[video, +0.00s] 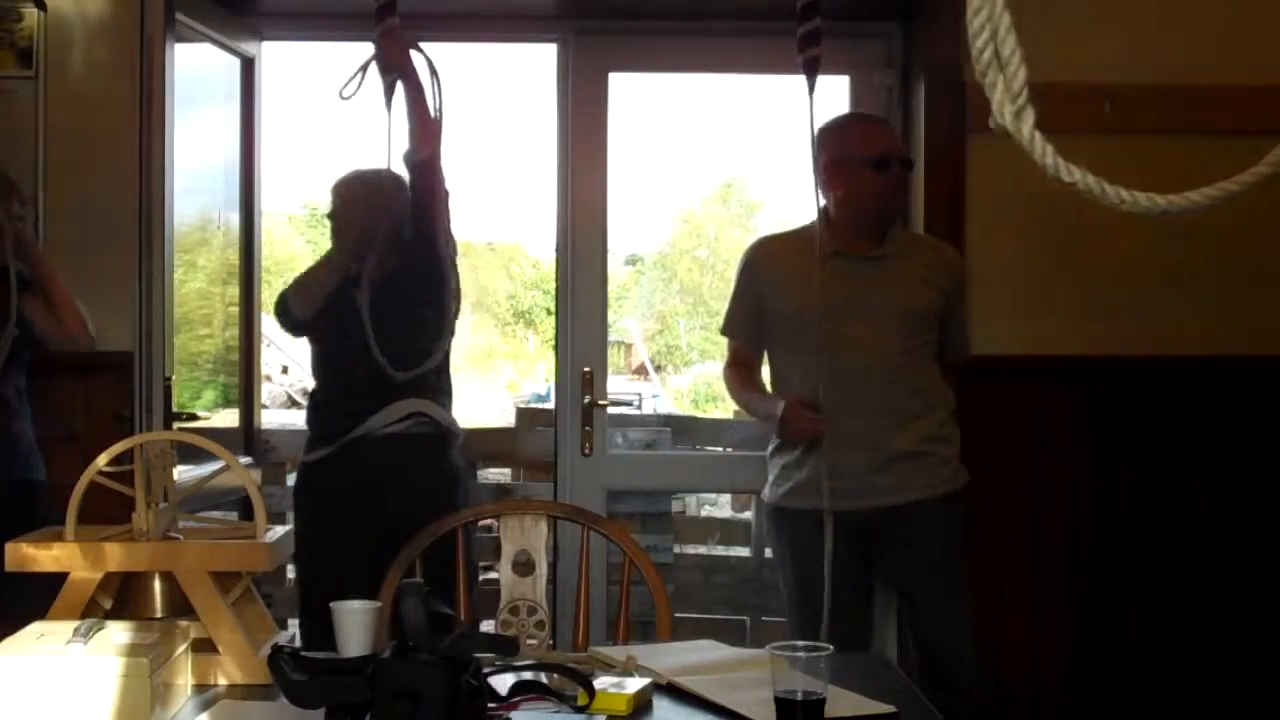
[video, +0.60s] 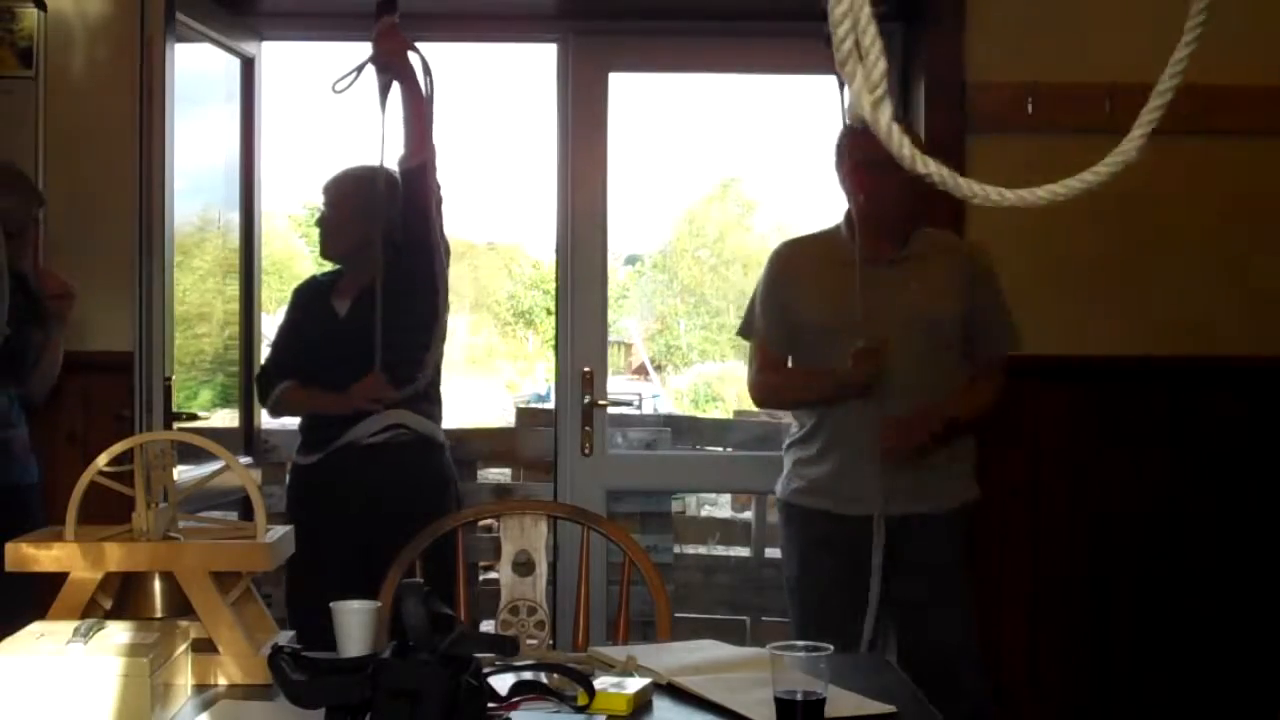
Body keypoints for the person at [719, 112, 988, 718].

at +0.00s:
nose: (900, 179)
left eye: (903, 167)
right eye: (882, 166)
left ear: (907, 173)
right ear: (829, 177)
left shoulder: (938, 264)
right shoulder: (769, 261)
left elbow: (956, 373)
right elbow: (739, 371)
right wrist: (773, 411)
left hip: (921, 496)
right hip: (811, 502)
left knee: (946, 669)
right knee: (829, 668)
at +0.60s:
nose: (872, 182)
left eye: (886, 167)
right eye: (861, 167)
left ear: (915, 177)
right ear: (842, 176)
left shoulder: (960, 265)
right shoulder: (794, 263)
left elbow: (993, 376)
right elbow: (764, 385)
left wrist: (936, 419)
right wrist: (837, 381)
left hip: (932, 507)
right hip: (824, 506)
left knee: (940, 673)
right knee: (826, 670)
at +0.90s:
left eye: (934, 166)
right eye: (912, 165)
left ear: (975, 181)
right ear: (900, 174)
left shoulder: (1010, 276)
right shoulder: (856, 246)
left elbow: (1023, 402)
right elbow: (765, 340)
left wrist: (950, 471)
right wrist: (807, 294)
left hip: (957, 510)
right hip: (851, 499)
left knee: (952, 676)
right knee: (846, 667)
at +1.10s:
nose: (981, 192)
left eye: (993, 179)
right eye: (967, 177)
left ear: (1006, 187)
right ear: (934, 181)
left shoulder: (1030, 286)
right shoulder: (878, 241)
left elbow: (1046, 416)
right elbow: (773, 292)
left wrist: (1014, 518)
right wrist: (751, 244)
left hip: (967, 528)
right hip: (865, 509)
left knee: (964, 691)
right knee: (856, 679)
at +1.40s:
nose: (951, 166)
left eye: (966, 154)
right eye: (935, 153)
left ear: (986, 171)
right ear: (908, 169)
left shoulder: (1017, 268)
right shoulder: (861, 249)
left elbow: (1057, 392)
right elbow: (770, 322)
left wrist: (1077, 497)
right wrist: (688, 313)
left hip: (975, 514)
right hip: (865, 503)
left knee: (975, 684)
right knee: (863, 680)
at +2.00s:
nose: (899, 167)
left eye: (912, 155)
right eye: (882, 157)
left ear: (928, 171)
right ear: (854, 175)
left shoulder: (973, 255)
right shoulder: (817, 265)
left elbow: (1006, 379)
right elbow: (801, 390)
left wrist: (1008, 491)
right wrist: (751, 373)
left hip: (949, 505)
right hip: (842, 505)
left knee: (954, 676)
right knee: (857, 676)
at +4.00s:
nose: (902, 167)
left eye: (918, 156)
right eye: (888, 156)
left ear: (941, 172)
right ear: (868, 174)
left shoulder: (982, 263)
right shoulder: (825, 266)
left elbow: (1013, 390)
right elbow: (808, 391)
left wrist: (1014, 503)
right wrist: (782, 381)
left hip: (952, 506)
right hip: (843, 505)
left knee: (953, 682)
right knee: (854, 678)